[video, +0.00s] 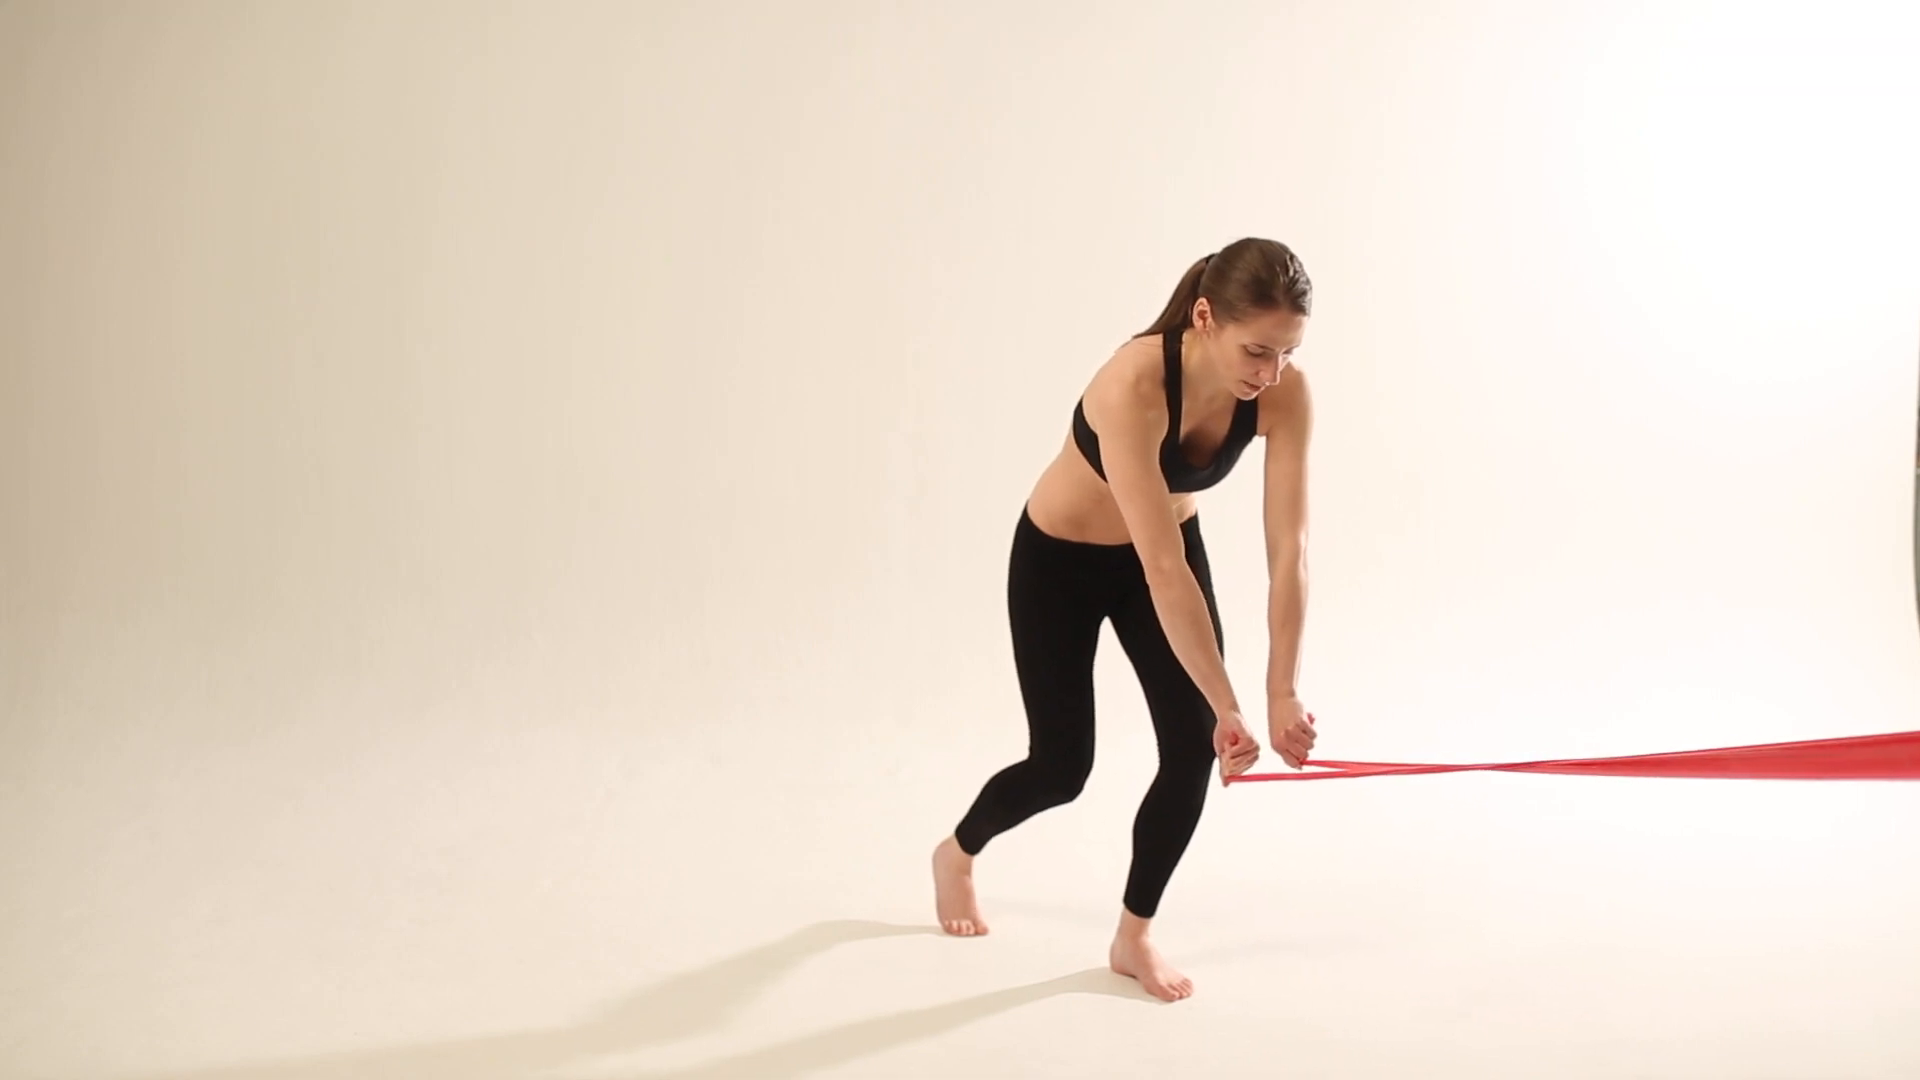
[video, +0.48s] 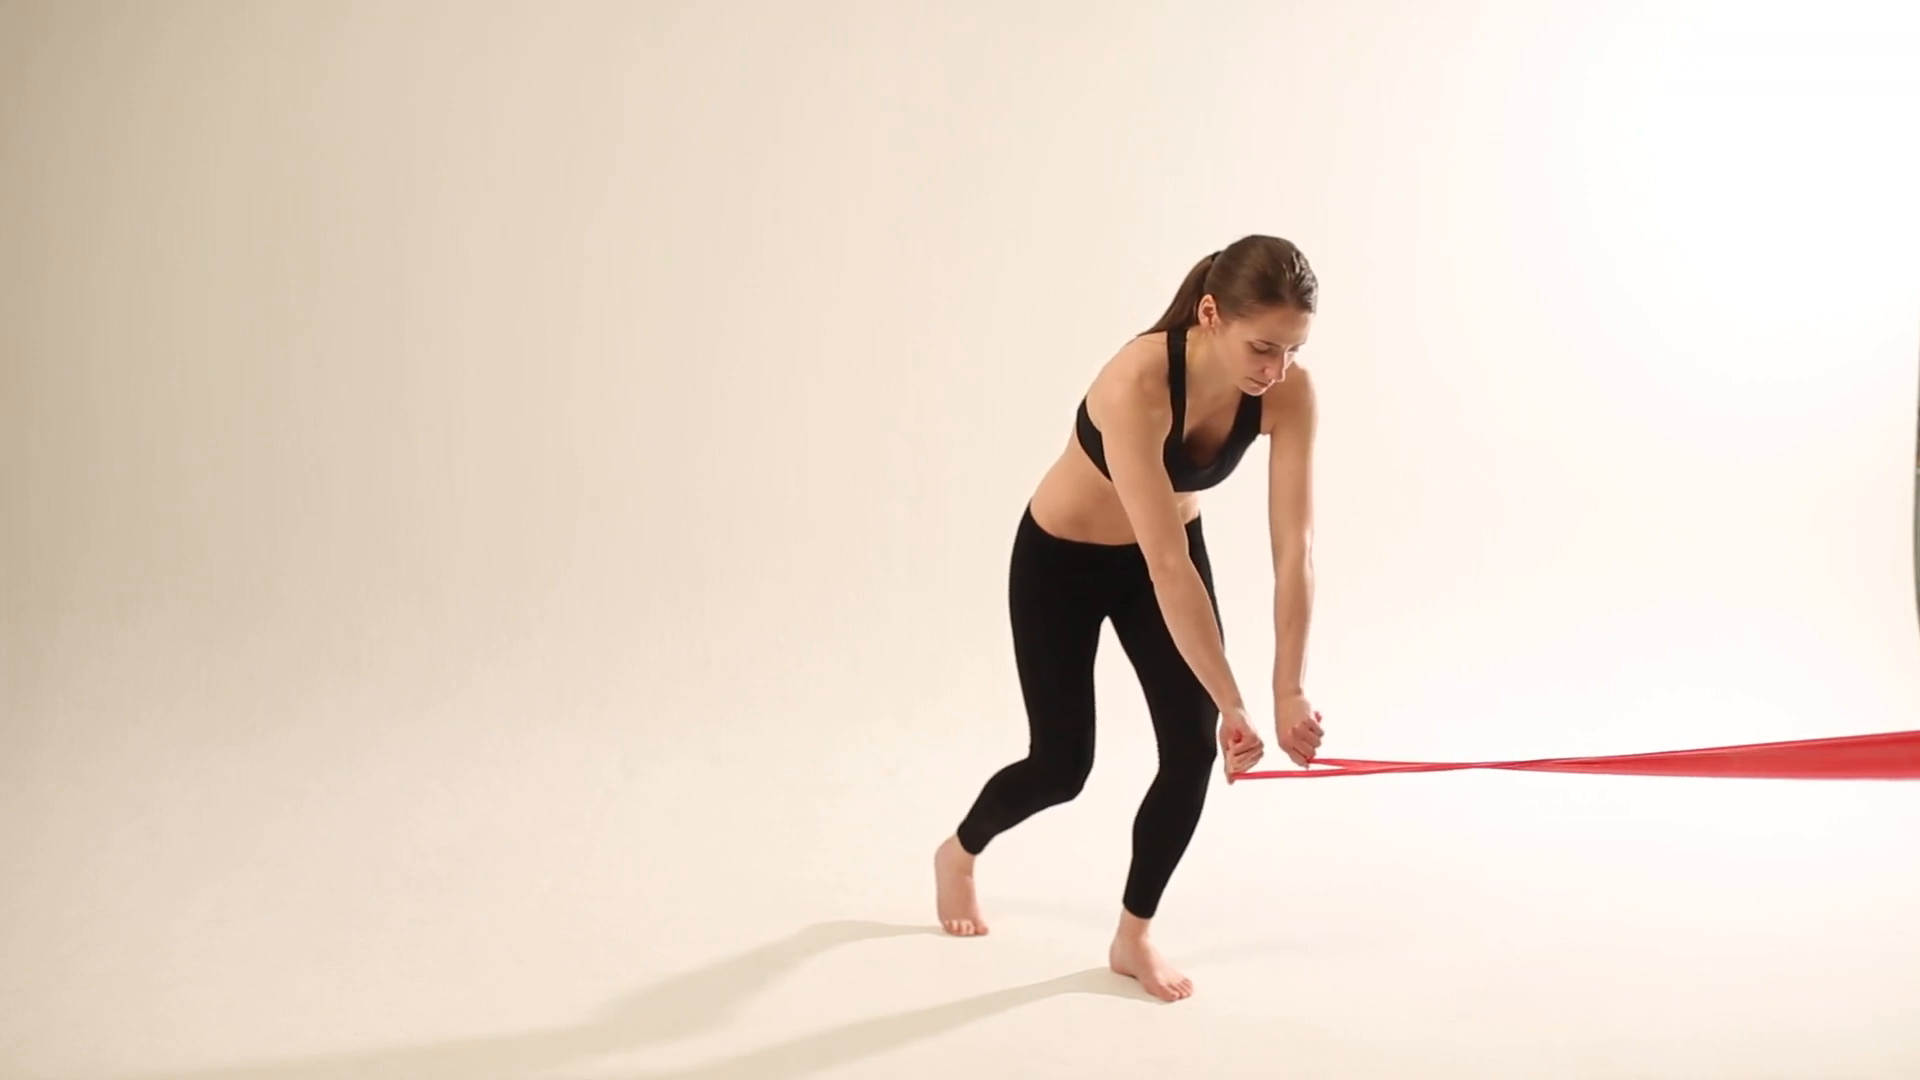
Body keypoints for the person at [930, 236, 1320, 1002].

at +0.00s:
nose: (1274, 371)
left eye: (1287, 352)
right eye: (1259, 350)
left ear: (1301, 332)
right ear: (1203, 319)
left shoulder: (1282, 392)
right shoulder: (1132, 384)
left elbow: (1288, 547)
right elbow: (1164, 570)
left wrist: (1281, 690)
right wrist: (1227, 711)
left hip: (1165, 555)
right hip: (1060, 558)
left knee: (1190, 750)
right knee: (1062, 766)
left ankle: (1133, 931)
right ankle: (956, 851)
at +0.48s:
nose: (1279, 368)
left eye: (1292, 349)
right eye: (1264, 347)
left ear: (1307, 329)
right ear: (1209, 316)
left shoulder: (1286, 391)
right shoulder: (1135, 383)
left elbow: (1293, 547)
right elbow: (1168, 565)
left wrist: (1288, 689)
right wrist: (1231, 706)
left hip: (1166, 557)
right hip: (1062, 558)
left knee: (1189, 752)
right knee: (1062, 765)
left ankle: (1133, 931)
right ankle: (959, 850)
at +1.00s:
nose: (1283, 378)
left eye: (1296, 359)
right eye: (1268, 357)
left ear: (1310, 339)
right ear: (1214, 324)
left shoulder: (1287, 398)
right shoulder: (1137, 389)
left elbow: (1293, 553)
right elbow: (1171, 574)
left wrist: (1287, 698)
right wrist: (1233, 712)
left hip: (1164, 556)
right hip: (1061, 559)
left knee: (1189, 753)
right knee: (1061, 766)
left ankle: (1133, 932)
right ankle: (959, 851)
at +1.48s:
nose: (1281, 378)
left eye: (1293, 359)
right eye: (1266, 356)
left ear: (1307, 340)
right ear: (1211, 323)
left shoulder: (1283, 398)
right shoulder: (1133, 388)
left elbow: (1289, 553)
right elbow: (1171, 574)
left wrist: (1282, 695)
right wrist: (1233, 708)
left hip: (1159, 557)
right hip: (1057, 560)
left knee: (1190, 749)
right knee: (1061, 766)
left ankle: (1133, 931)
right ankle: (957, 851)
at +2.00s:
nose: (1186, 286)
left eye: (1196, 267)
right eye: (1170, 265)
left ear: (1205, 257)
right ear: (1117, 244)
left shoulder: (1198, 326)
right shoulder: (1054, 330)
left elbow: (1224, 465)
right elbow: (1105, 488)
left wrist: (1243, 591)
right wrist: (1182, 612)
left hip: (1114, 549)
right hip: (1013, 552)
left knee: (1161, 732)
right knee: (1042, 755)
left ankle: (1133, 930)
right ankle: (972, 852)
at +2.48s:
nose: (1018, 153)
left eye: (1028, 137)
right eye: (1003, 135)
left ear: (1032, 140)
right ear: (951, 132)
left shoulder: (1038, 220)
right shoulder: (902, 228)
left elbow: (1136, 308)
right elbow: (874, 361)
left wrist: (1126, 349)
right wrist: (985, 368)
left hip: (1015, 484)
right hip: (918, 490)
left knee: (1051, 677)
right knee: (953, 682)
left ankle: (987, 786)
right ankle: (966, 871)